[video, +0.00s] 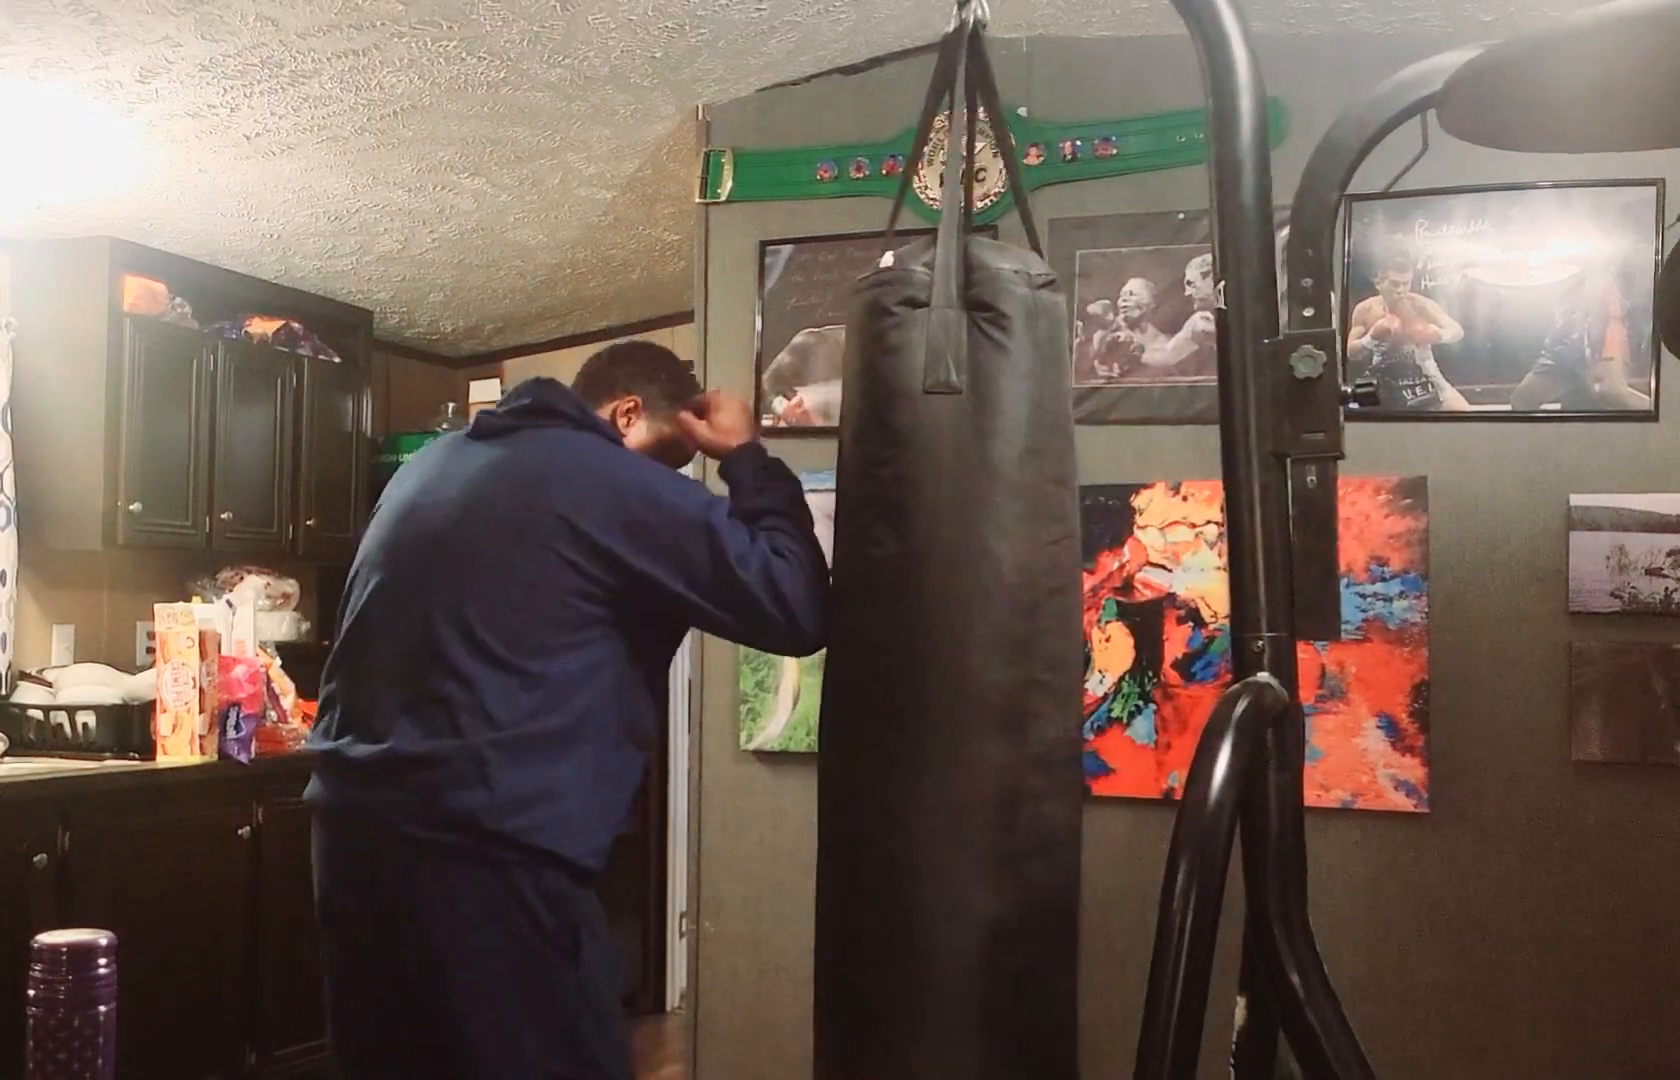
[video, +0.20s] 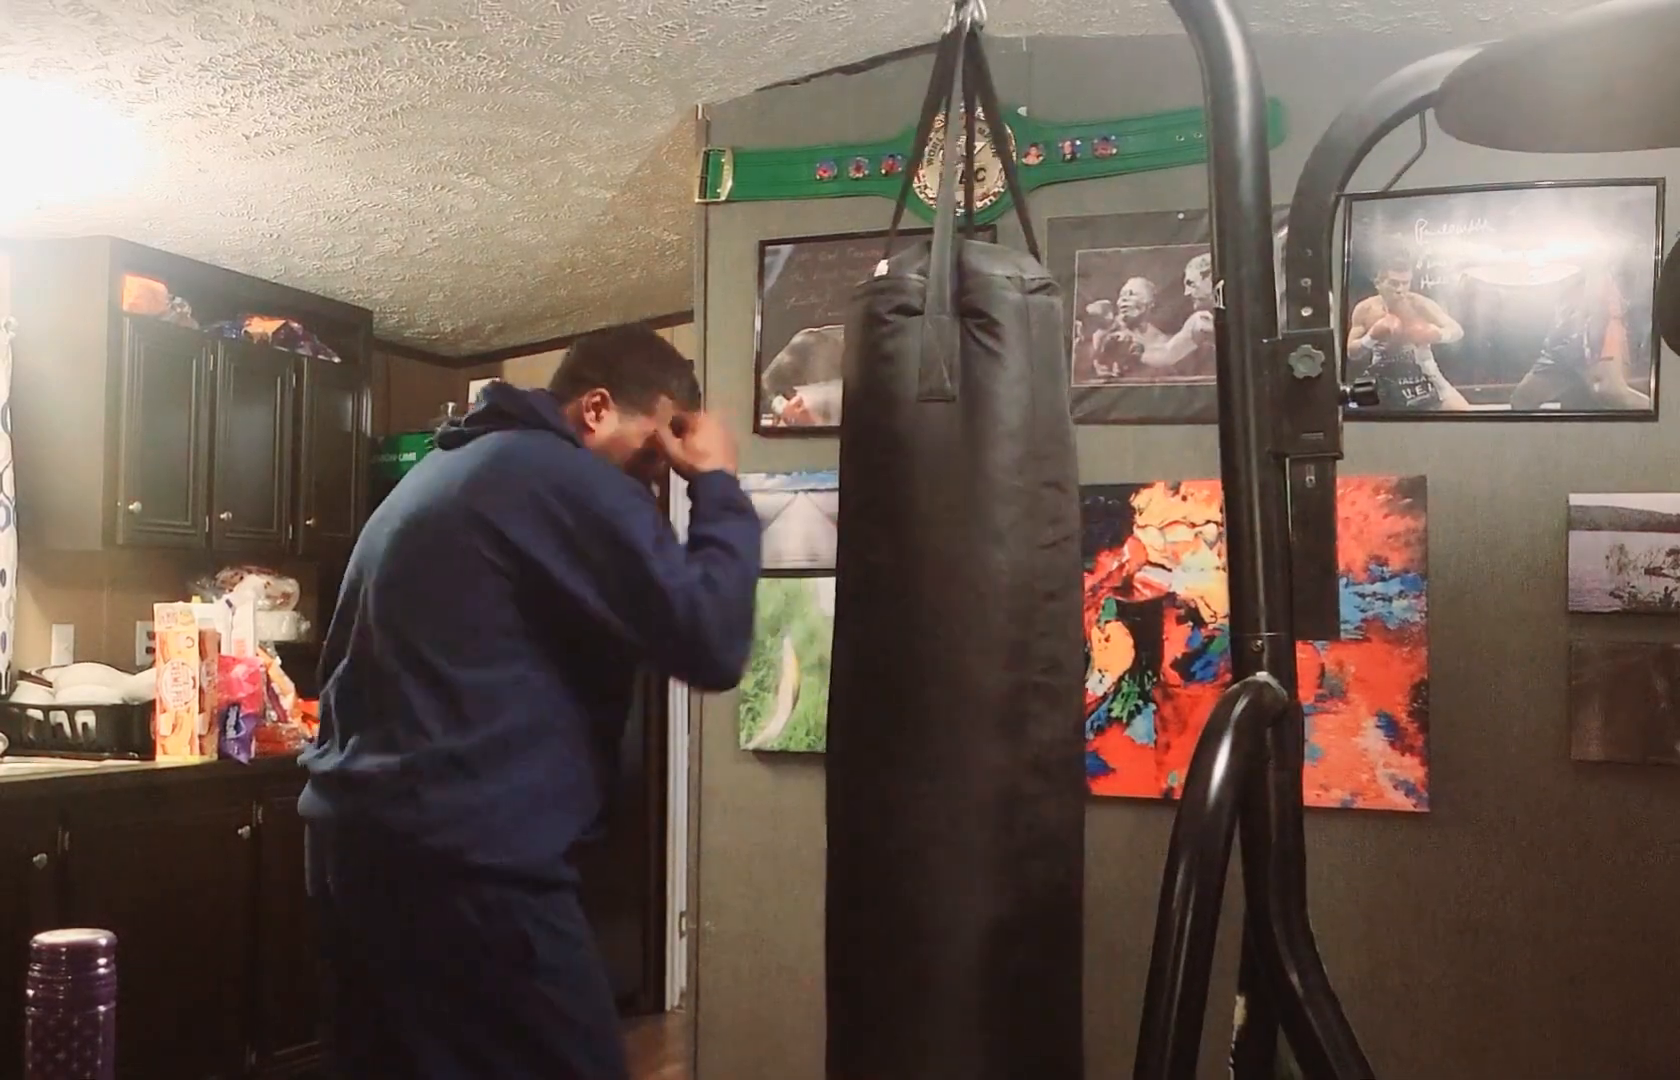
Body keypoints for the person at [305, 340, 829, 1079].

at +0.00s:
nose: (663, 476)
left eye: (673, 461)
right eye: (669, 455)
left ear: (581, 403)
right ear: (628, 414)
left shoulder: (431, 461)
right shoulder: (609, 481)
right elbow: (796, 605)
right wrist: (748, 455)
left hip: (351, 839)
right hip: (499, 857)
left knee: (385, 1064)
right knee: (559, 1061)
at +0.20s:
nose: (653, 478)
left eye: (663, 458)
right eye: (652, 450)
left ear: (582, 406)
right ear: (596, 409)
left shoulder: (442, 470)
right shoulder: (557, 476)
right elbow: (714, 649)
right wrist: (718, 481)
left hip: (357, 849)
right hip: (478, 864)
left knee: (393, 1063)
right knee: (572, 1062)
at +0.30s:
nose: (668, 455)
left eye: (675, 435)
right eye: (658, 431)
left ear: (588, 398)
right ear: (588, 398)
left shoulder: (481, 462)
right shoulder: (531, 478)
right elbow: (632, 673)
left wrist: (659, 514)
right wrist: (697, 516)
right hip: (473, 860)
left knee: (442, 1059)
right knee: (578, 1060)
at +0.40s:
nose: (675, 450)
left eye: (686, 428)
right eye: (665, 426)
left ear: (589, 400)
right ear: (589, 397)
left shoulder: (555, 483)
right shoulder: (506, 488)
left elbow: (657, 657)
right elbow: (554, 701)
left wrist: (696, 532)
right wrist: (664, 559)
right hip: (484, 878)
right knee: (581, 1062)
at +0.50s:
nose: (700, 466)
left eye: (709, 443)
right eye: (684, 443)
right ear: (609, 415)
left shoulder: (624, 497)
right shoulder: (497, 512)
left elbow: (765, 634)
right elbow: (488, 728)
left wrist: (752, 471)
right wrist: (651, 620)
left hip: (566, 871)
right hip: (501, 885)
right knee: (611, 1062)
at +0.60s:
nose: (740, 487)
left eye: (748, 465)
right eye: (725, 465)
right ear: (646, 435)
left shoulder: (715, 518)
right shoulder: (517, 532)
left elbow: (845, 628)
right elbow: (445, 748)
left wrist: (815, 473)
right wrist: (638, 685)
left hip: (614, 887)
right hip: (528, 898)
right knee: (649, 1065)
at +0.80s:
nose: (822, 477)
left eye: (829, 457)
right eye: (810, 454)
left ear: (737, 432)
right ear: (736, 428)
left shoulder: (747, 518)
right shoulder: (602, 519)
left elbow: (847, 627)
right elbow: (454, 702)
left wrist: (852, 497)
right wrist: (643, 779)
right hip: (561, 886)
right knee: (693, 1064)